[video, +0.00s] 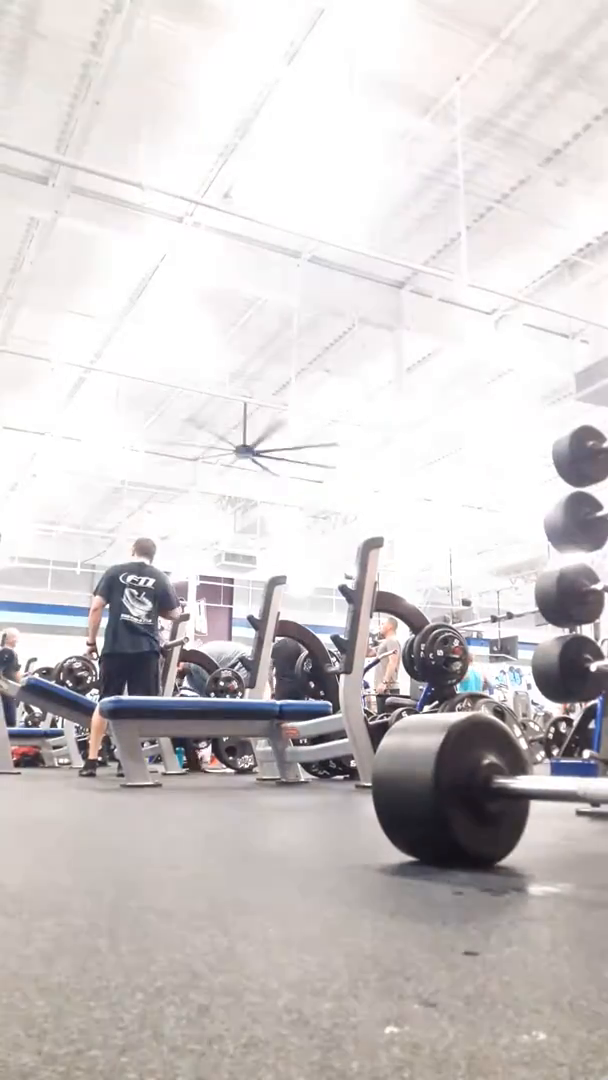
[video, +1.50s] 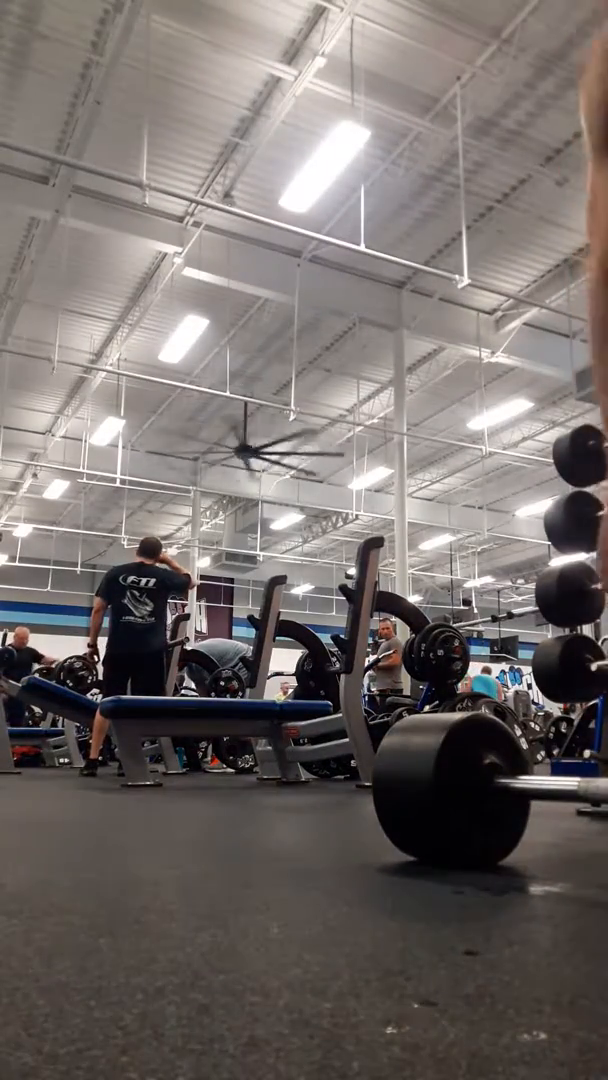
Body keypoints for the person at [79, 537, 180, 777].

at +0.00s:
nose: (134, 553)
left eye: (133, 550)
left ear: (133, 551)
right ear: (153, 556)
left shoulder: (115, 571)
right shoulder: (161, 579)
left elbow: (96, 607)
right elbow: (173, 614)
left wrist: (91, 641)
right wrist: (152, 603)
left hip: (114, 649)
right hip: (145, 651)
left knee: (105, 703)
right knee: (142, 707)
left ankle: (92, 759)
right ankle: (131, 763)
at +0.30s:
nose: (131, 553)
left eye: (131, 550)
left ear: (132, 552)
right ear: (154, 556)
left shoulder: (115, 572)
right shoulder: (160, 576)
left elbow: (96, 608)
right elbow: (177, 604)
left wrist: (92, 642)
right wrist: (168, 635)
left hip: (116, 650)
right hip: (147, 652)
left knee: (106, 704)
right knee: (144, 707)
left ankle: (92, 759)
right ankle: (133, 763)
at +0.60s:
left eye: (132, 550)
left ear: (132, 552)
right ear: (155, 555)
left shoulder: (115, 573)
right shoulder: (161, 576)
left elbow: (97, 608)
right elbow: (176, 604)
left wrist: (95, 641)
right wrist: (166, 630)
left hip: (116, 650)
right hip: (148, 652)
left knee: (107, 703)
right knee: (140, 707)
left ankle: (92, 759)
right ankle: (131, 763)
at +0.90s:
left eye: (135, 551)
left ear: (134, 552)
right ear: (156, 555)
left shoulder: (115, 573)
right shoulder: (161, 577)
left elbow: (98, 610)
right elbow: (178, 612)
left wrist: (98, 643)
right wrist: (173, 607)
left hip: (116, 649)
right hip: (148, 651)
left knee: (107, 703)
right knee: (144, 706)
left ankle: (92, 760)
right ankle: (132, 763)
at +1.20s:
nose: (154, 559)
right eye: (157, 556)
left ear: (136, 551)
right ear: (158, 556)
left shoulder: (116, 572)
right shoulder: (162, 577)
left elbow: (98, 609)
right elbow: (183, 592)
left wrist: (94, 640)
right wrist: (162, 564)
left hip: (118, 649)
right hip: (149, 651)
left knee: (107, 702)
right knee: (144, 706)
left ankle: (92, 759)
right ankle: (132, 763)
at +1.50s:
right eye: (159, 554)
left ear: (137, 551)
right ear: (158, 556)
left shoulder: (116, 573)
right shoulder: (163, 577)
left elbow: (98, 608)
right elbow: (190, 581)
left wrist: (92, 642)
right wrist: (169, 561)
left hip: (118, 650)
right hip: (150, 652)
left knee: (108, 703)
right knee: (148, 706)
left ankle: (92, 759)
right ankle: (135, 763)